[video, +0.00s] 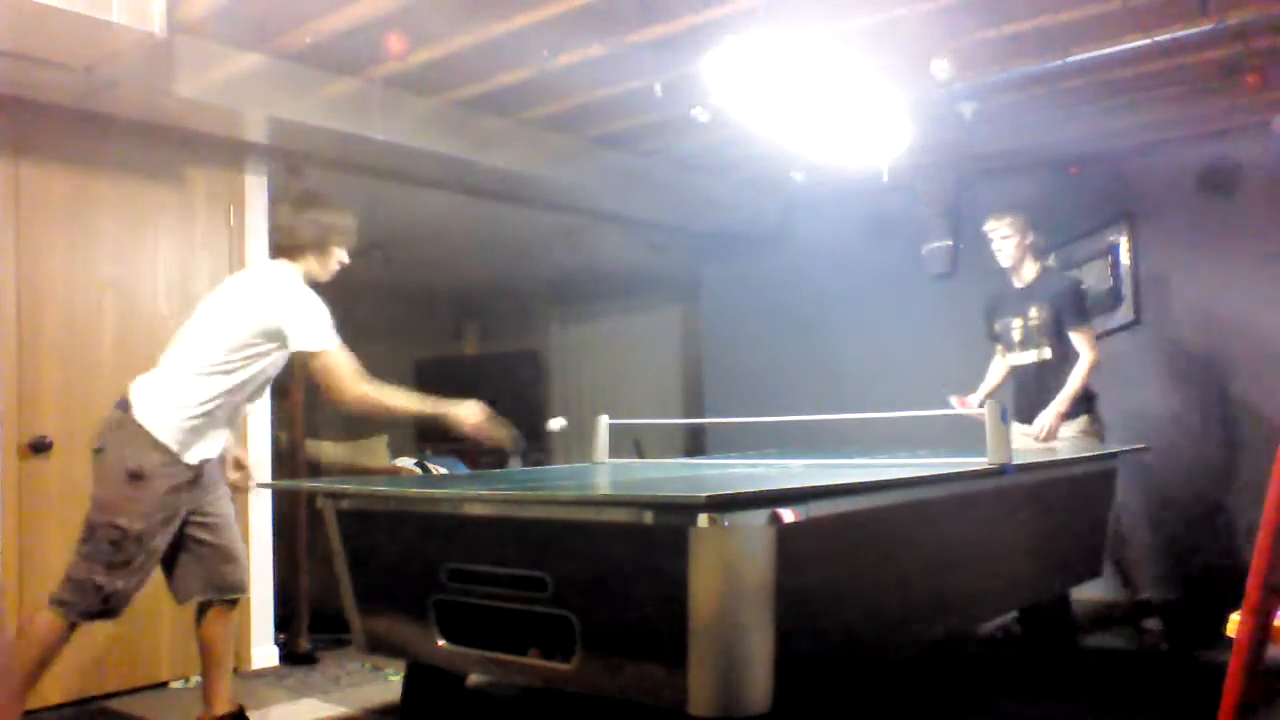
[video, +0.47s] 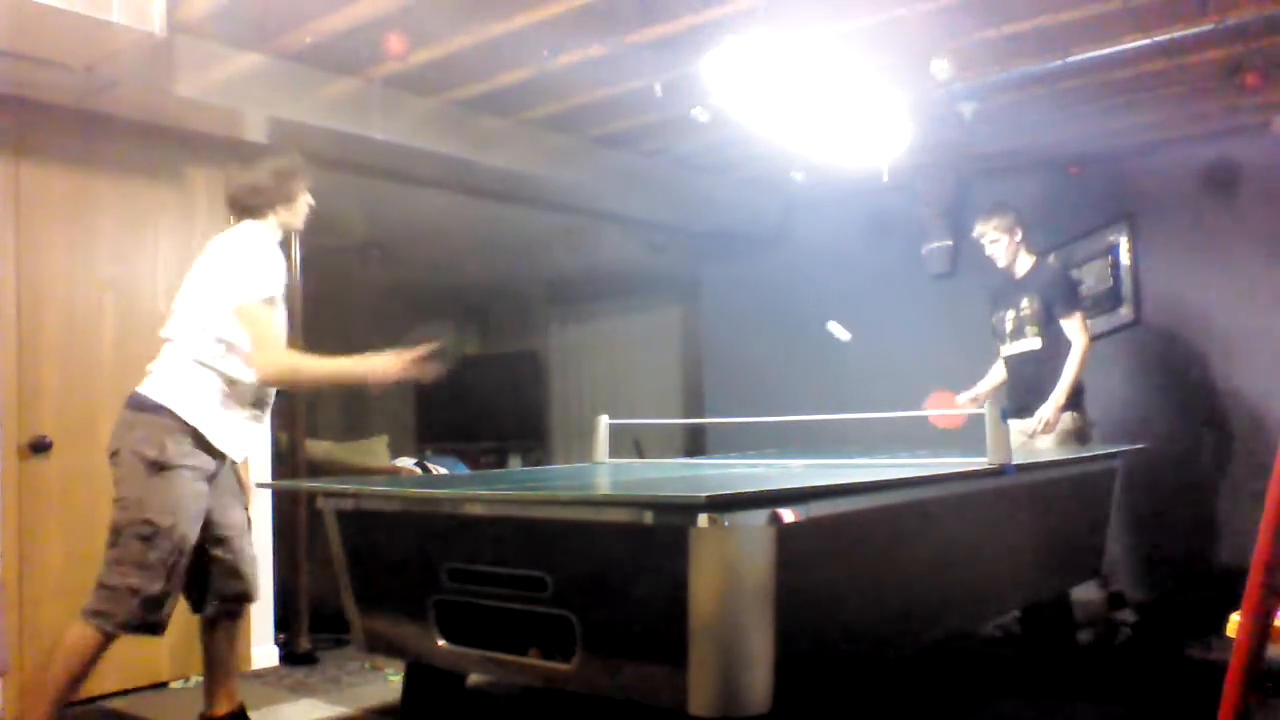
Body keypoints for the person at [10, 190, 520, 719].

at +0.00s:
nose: (345, 263)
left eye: (347, 252)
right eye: (341, 250)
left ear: (295, 242)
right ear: (314, 244)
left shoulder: (256, 284)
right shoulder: (292, 295)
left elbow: (206, 372)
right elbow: (352, 391)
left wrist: (231, 449)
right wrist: (448, 409)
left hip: (195, 454)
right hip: (149, 442)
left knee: (221, 582)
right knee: (86, 587)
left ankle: (219, 708)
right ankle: (8, 699)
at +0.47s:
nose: (311, 200)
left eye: (308, 190)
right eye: (303, 190)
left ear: (257, 197)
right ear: (278, 198)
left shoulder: (243, 250)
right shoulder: (253, 247)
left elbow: (195, 344)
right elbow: (271, 361)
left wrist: (229, 453)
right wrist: (374, 368)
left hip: (208, 443)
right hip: (168, 429)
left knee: (230, 585)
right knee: (128, 588)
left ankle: (224, 710)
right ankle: (35, 710)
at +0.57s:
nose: (293, 193)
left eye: (290, 181)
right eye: (285, 181)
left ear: (236, 186)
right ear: (260, 187)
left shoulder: (242, 249)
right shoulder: (224, 242)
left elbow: (210, 368)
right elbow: (180, 358)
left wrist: (231, 456)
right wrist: (286, 405)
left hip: (202, 451)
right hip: (159, 437)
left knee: (222, 592)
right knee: (126, 606)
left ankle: (222, 708)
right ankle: (65, 715)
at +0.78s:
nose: (242, 172)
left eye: (240, 156)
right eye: (235, 157)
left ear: (187, 160)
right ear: (206, 161)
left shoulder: (198, 242)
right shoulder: (128, 225)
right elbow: (31, 324)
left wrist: (193, 426)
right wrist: (111, 410)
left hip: (181, 448)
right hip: (121, 446)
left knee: (209, 595)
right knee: (117, 627)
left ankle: (207, 708)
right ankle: (65, 712)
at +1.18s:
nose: (202, 133)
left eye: (201, 117)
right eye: (194, 116)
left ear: (144, 120)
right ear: (152, 116)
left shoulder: (169, 223)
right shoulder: (57, 200)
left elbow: (146, 346)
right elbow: (4, 323)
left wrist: (178, 409)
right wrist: (117, 395)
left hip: (162, 465)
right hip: (74, 469)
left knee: (178, 650)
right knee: (71, 675)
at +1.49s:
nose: (207, 132)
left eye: (207, 117)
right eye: (202, 118)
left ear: (131, 106)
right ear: (174, 107)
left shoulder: (93, 175)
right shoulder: (159, 165)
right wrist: (260, 339)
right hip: (98, 443)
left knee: (177, 646)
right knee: (116, 668)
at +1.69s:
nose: (188, 126)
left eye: (188, 112)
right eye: (183, 111)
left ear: (103, 99)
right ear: (157, 98)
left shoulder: (25, 180)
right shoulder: (186, 166)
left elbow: (16, 304)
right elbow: (313, 264)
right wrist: (395, 288)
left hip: (32, 436)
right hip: (105, 442)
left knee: (103, 667)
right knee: (126, 675)